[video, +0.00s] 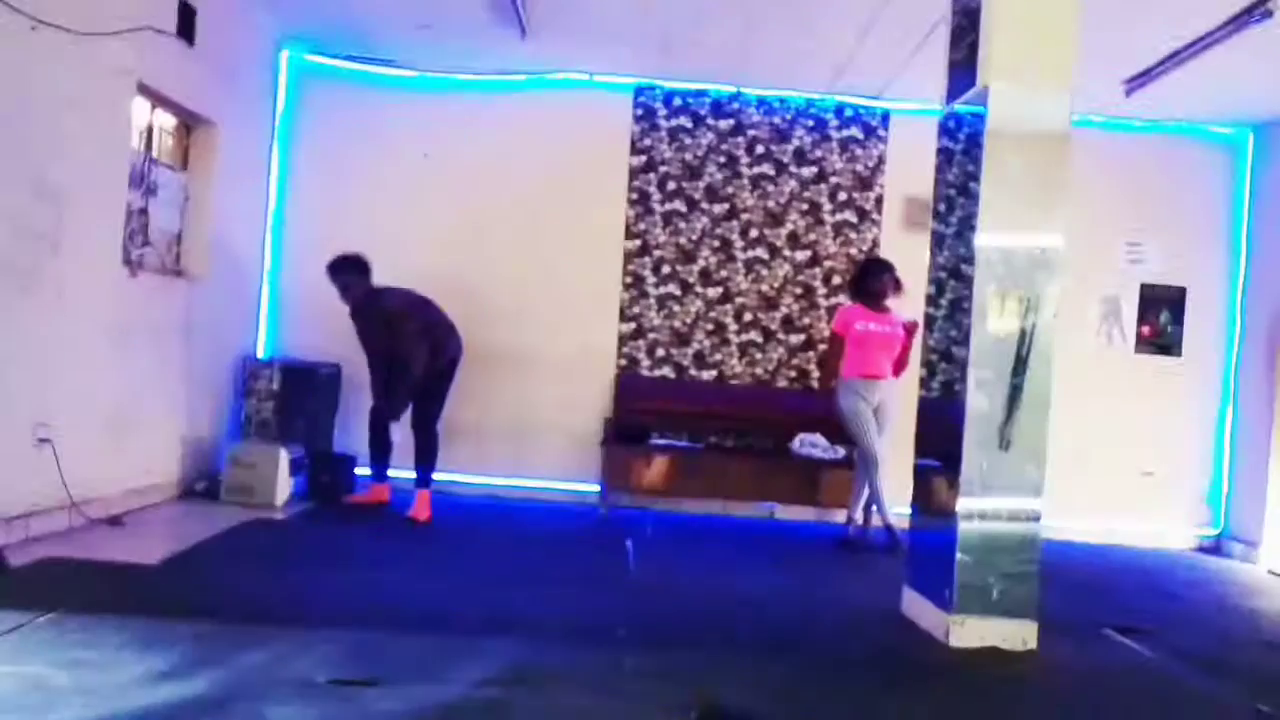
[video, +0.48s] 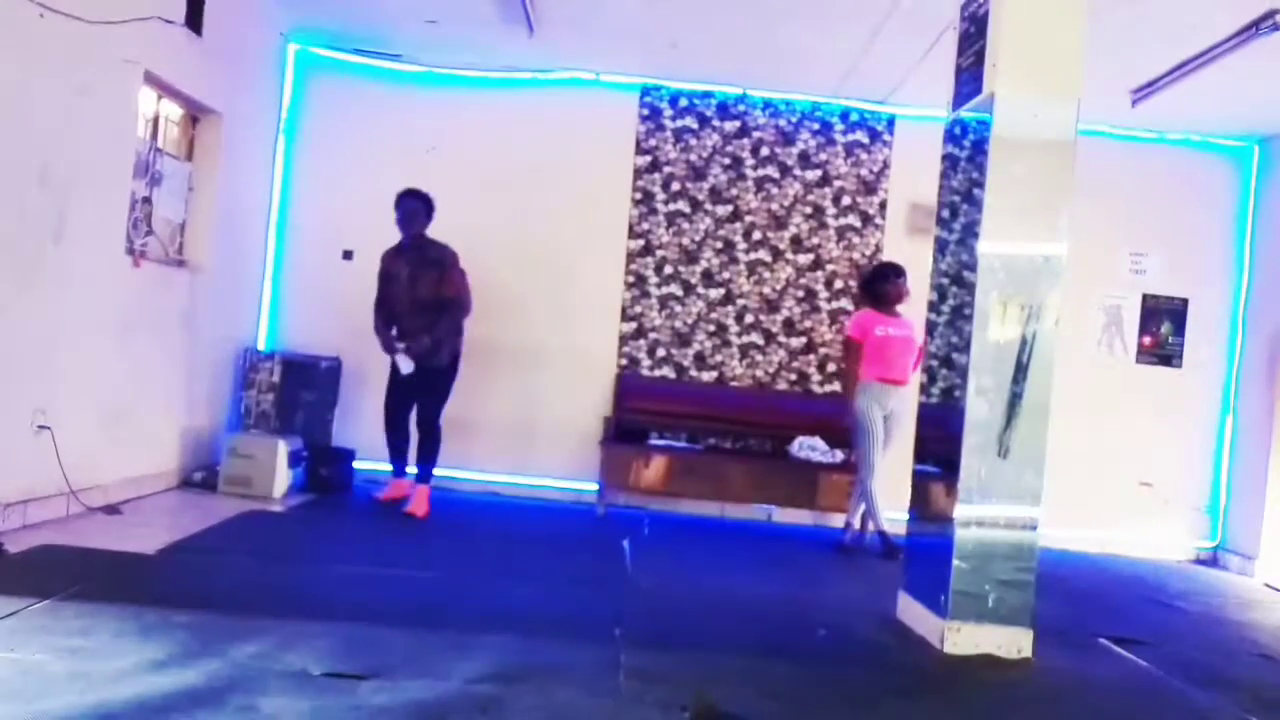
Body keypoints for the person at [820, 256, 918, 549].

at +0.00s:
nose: (886, 289)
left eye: (890, 282)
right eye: (881, 281)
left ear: (894, 285)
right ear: (866, 283)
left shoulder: (894, 321)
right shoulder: (849, 313)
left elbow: (897, 369)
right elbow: (833, 356)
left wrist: (909, 341)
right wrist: (829, 388)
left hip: (883, 387)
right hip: (854, 385)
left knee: (868, 456)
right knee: (871, 454)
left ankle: (853, 519)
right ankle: (887, 522)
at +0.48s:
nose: (904, 289)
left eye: (904, 282)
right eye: (897, 282)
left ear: (904, 288)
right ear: (880, 287)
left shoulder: (907, 325)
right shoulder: (863, 319)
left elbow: (912, 366)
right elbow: (851, 363)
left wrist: (923, 347)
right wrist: (850, 399)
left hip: (898, 391)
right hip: (870, 387)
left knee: (875, 462)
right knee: (870, 461)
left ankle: (852, 526)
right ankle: (880, 530)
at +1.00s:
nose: (908, 289)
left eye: (907, 283)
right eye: (901, 283)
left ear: (903, 288)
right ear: (884, 288)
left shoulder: (910, 325)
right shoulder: (867, 320)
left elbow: (915, 368)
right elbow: (853, 367)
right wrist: (849, 409)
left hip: (902, 391)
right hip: (874, 387)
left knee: (877, 462)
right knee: (874, 460)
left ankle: (851, 526)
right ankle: (882, 530)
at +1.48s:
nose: (906, 287)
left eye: (906, 281)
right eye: (899, 281)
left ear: (903, 287)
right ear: (881, 286)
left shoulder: (909, 326)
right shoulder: (861, 318)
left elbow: (910, 371)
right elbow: (848, 367)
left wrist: (923, 346)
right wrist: (844, 409)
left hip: (897, 399)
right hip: (867, 394)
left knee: (874, 467)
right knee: (872, 466)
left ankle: (853, 533)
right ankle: (887, 536)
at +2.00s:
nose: (894, 289)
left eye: (895, 282)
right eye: (888, 282)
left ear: (896, 288)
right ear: (871, 286)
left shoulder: (898, 326)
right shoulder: (849, 317)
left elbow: (896, 372)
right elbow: (834, 365)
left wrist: (910, 347)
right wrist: (831, 404)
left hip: (885, 397)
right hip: (853, 395)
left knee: (868, 465)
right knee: (866, 463)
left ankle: (849, 531)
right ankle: (883, 536)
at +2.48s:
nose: (886, 289)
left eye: (889, 283)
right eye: (879, 282)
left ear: (893, 288)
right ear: (864, 286)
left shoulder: (897, 325)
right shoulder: (846, 317)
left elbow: (897, 373)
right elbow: (832, 362)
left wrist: (907, 344)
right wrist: (825, 401)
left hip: (884, 397)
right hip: (853, 394)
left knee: (869, 465)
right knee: (867, 463)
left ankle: (851, 533)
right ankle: (884, 535)